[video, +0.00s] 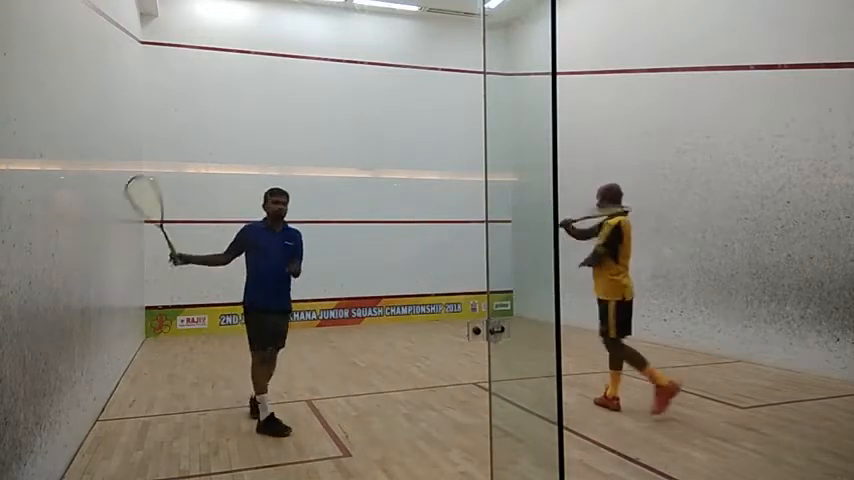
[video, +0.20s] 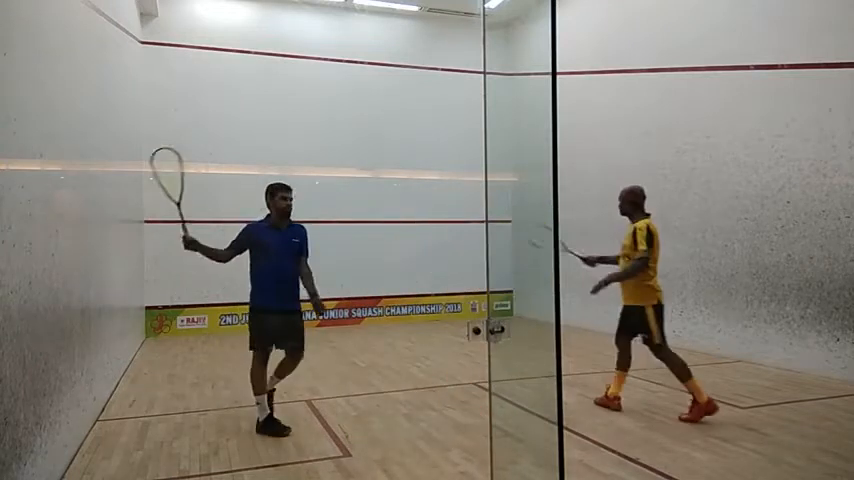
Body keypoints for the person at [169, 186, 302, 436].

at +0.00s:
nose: (279, 207)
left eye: (283, 203)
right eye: (274, 203)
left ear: (287, 207)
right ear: (265, 205)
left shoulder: (293, 236)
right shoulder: (250, 232)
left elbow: (296, 271)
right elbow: (224, 258)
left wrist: (294, 268)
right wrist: (187, 258)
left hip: (280, 305)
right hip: (255, 304)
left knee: (272, 356)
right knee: (260, 357)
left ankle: (258, 398)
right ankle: (266, 417)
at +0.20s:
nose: (288, 203)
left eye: (290, 200)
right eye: (283, 199)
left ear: (292, 203)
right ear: (270, 202)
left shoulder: (298, 232)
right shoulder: (254, 231)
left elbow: (303, 267)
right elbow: (224, 256)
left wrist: (314, 297)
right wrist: (197, 246)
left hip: (290, 307)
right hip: (263, 307)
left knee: (295, 355)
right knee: (261, 356)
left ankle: (268, 386)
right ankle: (264, 418)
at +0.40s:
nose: (304, 202)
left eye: (304, 198)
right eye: (298, 198)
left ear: (300, 201)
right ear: (283, 201)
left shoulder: (307, 230)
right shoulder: (265, 230)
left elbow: (322, 264)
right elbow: (236, 254)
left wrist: (345, 291)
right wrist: (222, 241)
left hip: (300, 304)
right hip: (273, 306)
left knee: (318, 348)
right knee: (269, 356)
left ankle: (302, 403)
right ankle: (266, 417)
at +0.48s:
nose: (315, 203)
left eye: (315, 199)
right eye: (310, 199)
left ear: (305, 202)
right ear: (294, 202)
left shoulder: (315, 231)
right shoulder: (275, 229)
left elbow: (334, 263)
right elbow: (248, 254)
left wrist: (359, 285)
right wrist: (238, 242)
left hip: (306, 304)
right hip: (279, 306)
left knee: (325, 347)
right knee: (275, 358)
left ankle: (330, 406)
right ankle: (267, 417)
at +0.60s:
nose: (327, 206)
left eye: (327, 201)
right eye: (323, 201)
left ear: (316, 204)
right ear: (307, 203)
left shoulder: (324, 232)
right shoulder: (288, 230)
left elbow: (344, 262)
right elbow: (263, 254)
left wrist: (374, 276)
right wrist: (258, 241)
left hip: (312, 304)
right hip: (288, 306)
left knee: (331, 348)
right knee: (281, 358)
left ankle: (348, 405)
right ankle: (268, 416)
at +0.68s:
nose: (340, 208)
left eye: (340, 204)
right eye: (337, 204)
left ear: (328, 206)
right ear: (324, 205)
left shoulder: (333, 232)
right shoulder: (301, 231)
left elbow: (350, 261)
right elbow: (280, 257)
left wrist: (382, 265)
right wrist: (283, 240)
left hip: (322, 307)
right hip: (300, 308)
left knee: (340, 348)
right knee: (291, 358)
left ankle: (352, 406)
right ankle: (269, 415)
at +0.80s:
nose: (353, 209)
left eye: (353, 205)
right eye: (350, 205)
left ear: (340, 207)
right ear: (337, 207)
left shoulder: (342, 232)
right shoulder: (317, 233)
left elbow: (350, 256)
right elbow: (310, 262)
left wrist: (381, 259)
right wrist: (316, 241)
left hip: (332, 304)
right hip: (316, 306)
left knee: (350, 347)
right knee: (306, 358)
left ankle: (355, 406)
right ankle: (275, 411)